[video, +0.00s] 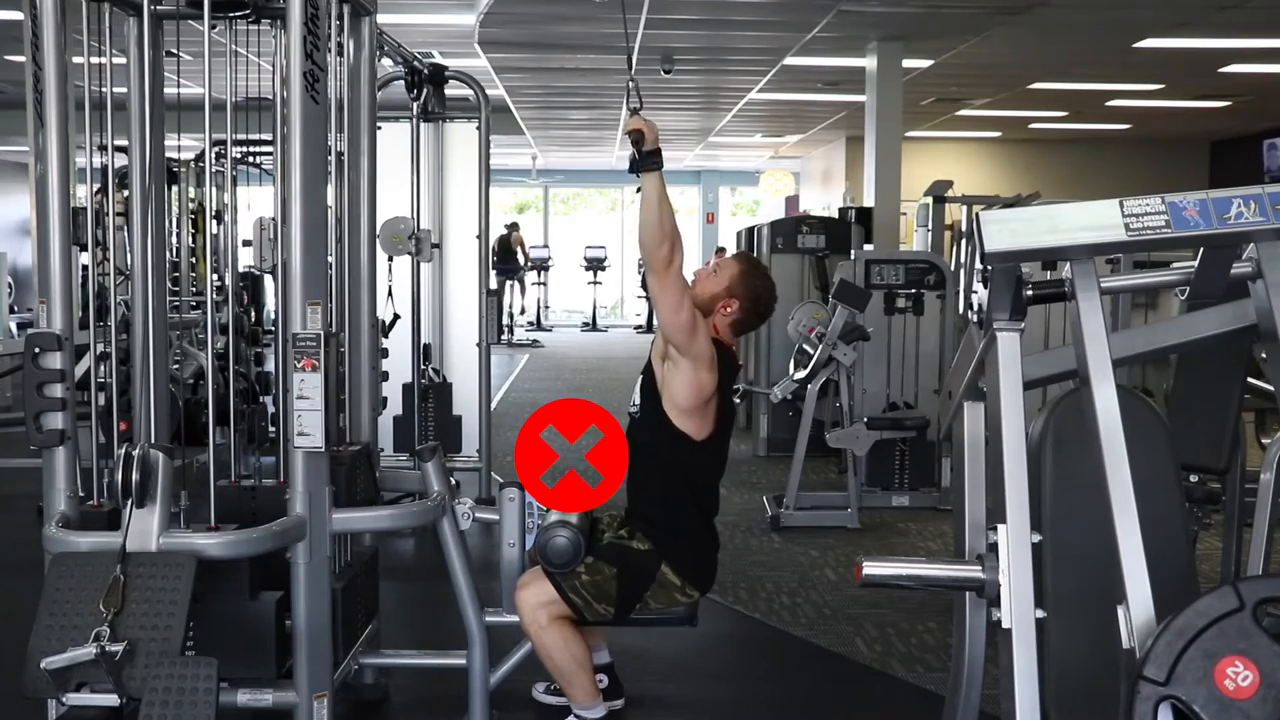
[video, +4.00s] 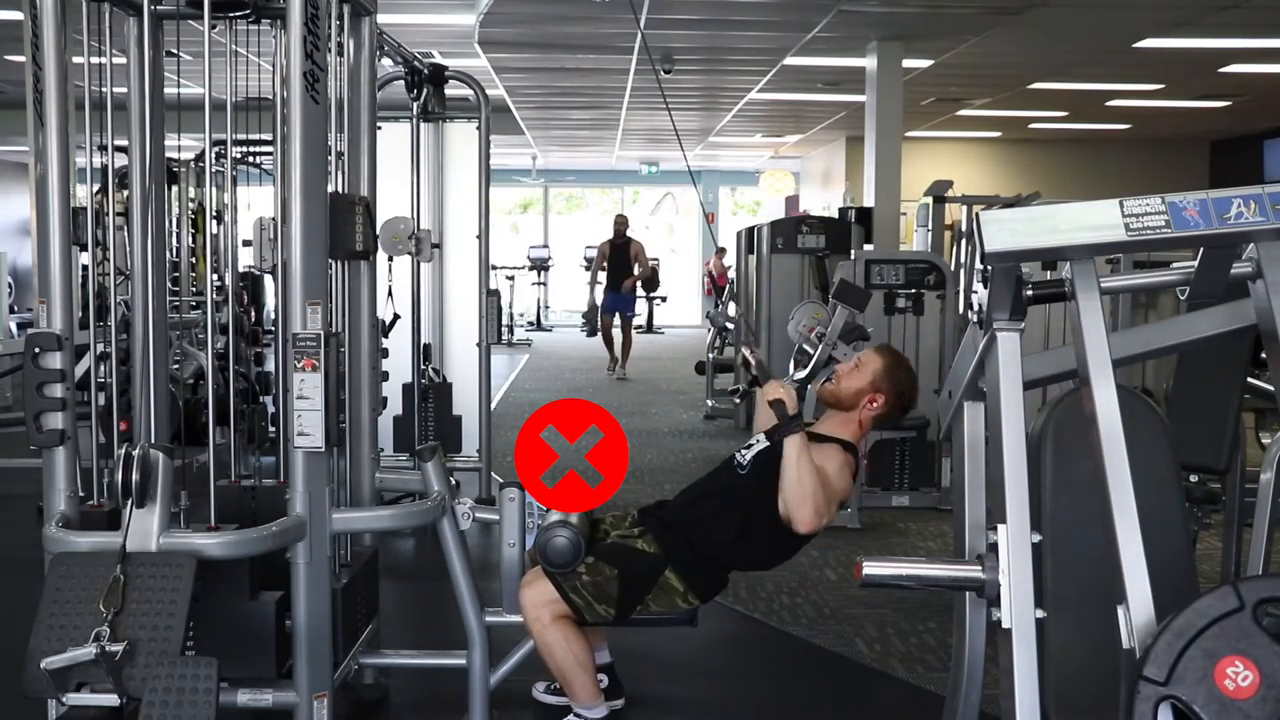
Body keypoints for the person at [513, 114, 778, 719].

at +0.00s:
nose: (704, 263)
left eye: (716, 265)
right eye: (715, 257)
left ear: (724, 304)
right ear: (727, 309)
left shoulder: (693, 350)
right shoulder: (699, 346)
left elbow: (661, 258)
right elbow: (662, 259)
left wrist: (648, 155)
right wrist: (648, 164)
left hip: (670, 555)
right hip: (661, 536)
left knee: (534, 595)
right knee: (549, 550)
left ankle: (590, 710)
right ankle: (593, 670)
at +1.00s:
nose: (820, 343)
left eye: (835, 343)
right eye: (830, 336)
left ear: (851, 378)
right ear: (849, 378)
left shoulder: (822, 439)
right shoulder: (803, 404)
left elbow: (799, 517)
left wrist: (779, 423)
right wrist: (763, 400)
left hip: (680, 562)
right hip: (659, 523)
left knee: (538, 594)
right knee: (551, 545)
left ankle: (589, 712)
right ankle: (597, 676)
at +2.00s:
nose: (766, 301)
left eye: (782, 302)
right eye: (777, 296)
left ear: (796, 337)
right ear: (794, 339)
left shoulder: (760, 389)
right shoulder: (751, 373)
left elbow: (714, 330)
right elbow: (711, 321)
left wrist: (691, 228)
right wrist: (689, 235)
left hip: (669, 560)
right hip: (649, 528)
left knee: (532, 598)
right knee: (544, 559)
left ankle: (590, 711)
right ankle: (594, 670)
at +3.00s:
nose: (785, 310)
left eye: (798, 309)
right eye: (795, 304)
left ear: (814, 344)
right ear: (813, 348)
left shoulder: (776, 407)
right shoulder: (773, 386)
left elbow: (731, 355)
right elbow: (739, 347)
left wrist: (704, 250)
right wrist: (711, 258)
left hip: (670, 561)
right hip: (651, 529)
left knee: (533, 597)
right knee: (553, 548)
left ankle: (589, 709)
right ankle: (595, 673)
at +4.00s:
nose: (838, 366)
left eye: (854, 367)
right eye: (849, 359)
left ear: (870, 403)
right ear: (863, 403)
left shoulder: (836, 456)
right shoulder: (814, 428)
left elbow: (806, 516)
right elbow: (765, 448)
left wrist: (790, 427)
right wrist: (767, 398)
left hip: (681, 562)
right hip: (662, 524)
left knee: (538, 595)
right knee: (551, 551)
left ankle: (590, 710)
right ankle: (593, 670)